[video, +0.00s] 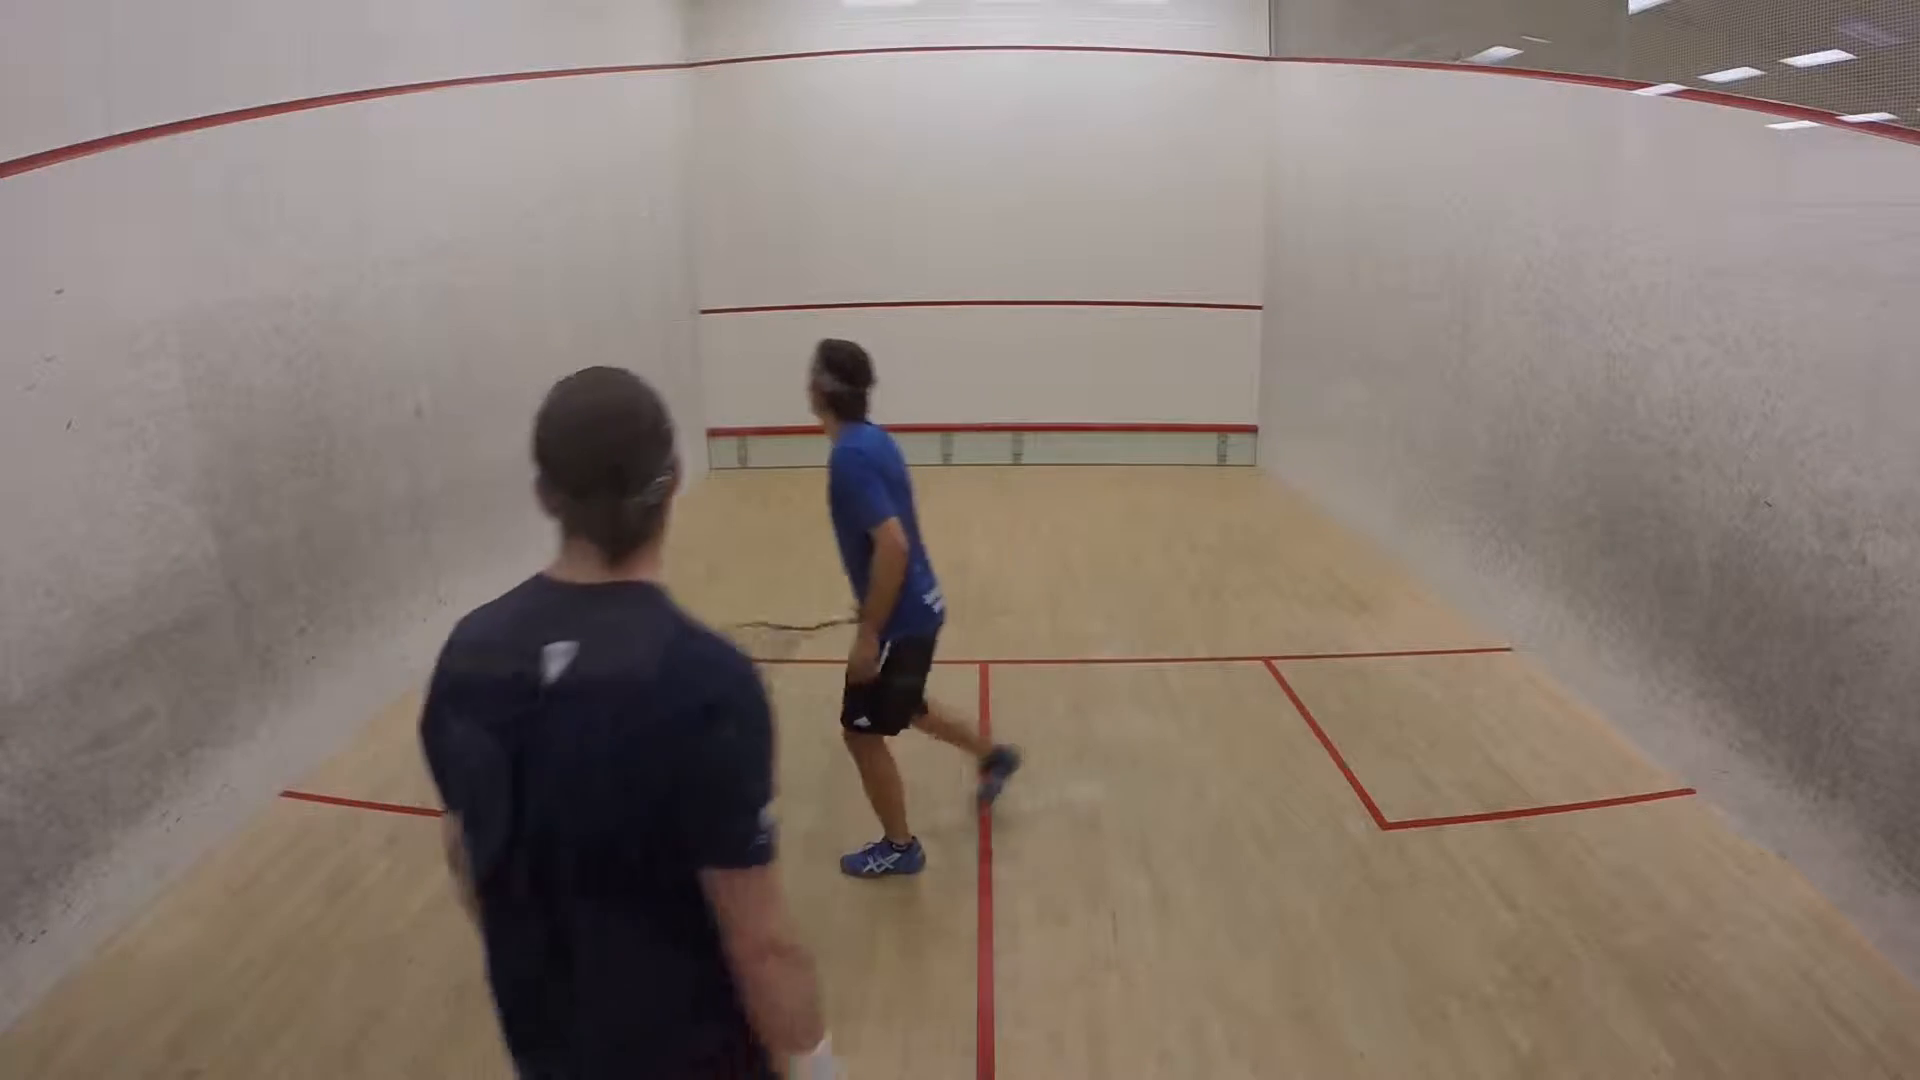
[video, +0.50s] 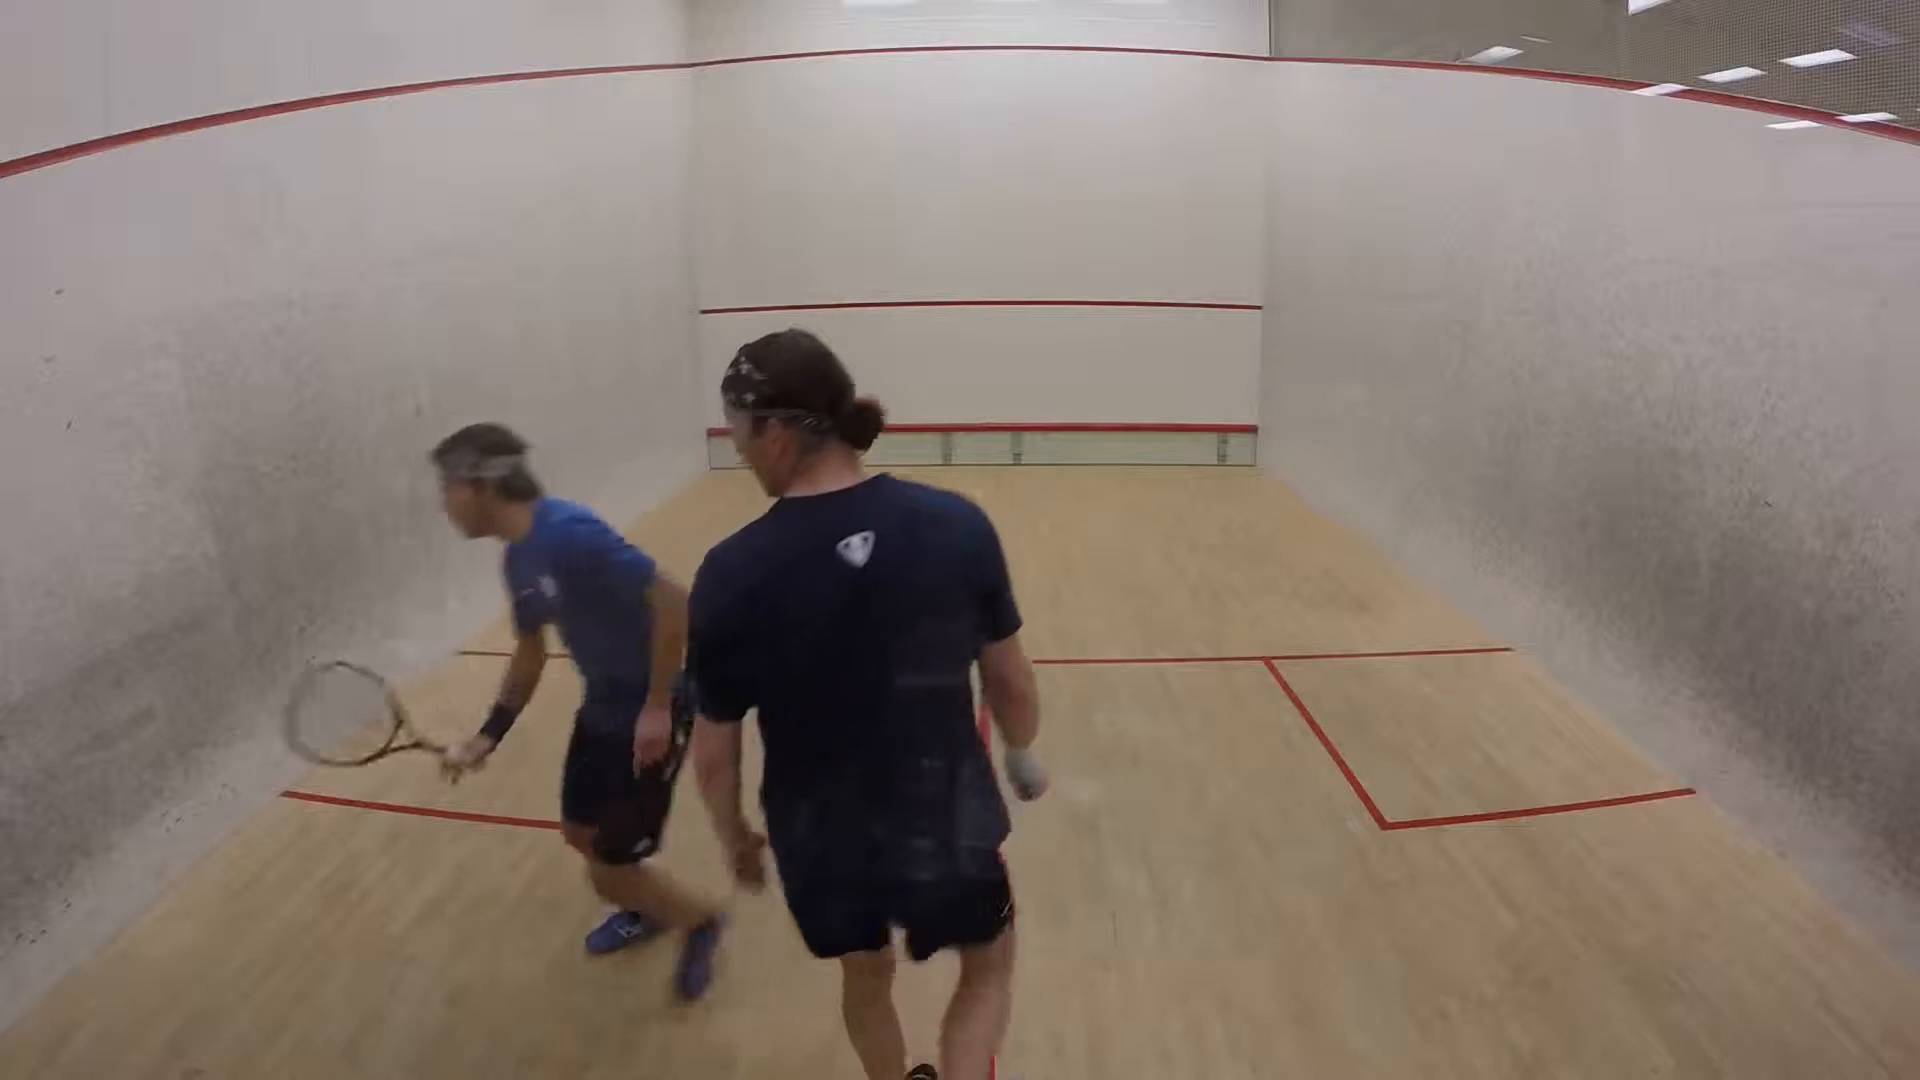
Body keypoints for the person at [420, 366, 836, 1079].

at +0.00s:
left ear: (542, 493)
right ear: (672, 487)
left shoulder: (473, 653)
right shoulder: (709, 679)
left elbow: (472, 871)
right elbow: (760, 943)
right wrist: (810, 1060)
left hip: (546, 1042)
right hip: (695, 1045)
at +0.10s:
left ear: (610, 477)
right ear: (729, 466)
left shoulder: (539, 631)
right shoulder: (790, 644)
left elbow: (516, 837)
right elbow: (835, 858)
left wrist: (559, 965)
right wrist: (879, 992)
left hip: (607, 1001)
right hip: (751, 1011)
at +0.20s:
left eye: (662, 466)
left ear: (667, 482)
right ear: (779, 471)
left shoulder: (608, 630)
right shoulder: (857, 625)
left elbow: (571, 832)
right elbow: (905, 823)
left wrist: (596, 949)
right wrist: (923, 902)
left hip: (675, 952)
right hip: (818, 952)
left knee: (756, 1060)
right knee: (825, 1062)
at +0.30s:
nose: (697, 487)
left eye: (697, 472)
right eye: (698, 469)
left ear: (713, 483)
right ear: (804, 464)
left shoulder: (663, 624)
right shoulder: (898, 598)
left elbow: (628, 808)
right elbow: (945, 766)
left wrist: (639, 934)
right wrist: (959, 846)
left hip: (747, 921)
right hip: (874, 912)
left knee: (827, 1033)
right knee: (886, 1061)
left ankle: (893, 1069)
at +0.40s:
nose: (718, 473)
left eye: (717, 455)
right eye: (714, 454)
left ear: (747, 459)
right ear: (819, 439)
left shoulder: (703, 604)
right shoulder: (928, 557)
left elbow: (678, 784)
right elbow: (981, 714)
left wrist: (686, 899)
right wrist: (989, 794)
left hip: (791, 876)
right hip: (912, 861)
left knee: (860, 984)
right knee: (939, 1047)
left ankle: (891, 1078)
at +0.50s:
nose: (737, 445)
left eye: (740, 428)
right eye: (735, 427)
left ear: (780, 433)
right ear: (841, 417)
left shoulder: (734, 571)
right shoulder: (953, 525)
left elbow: (713, 752)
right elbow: (1009, 678)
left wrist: (734, 837)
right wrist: (1022, 756)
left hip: (824, 835)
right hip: (944, 822)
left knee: (866, 971)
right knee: (988, 956)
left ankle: (894, 1077)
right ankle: (960, 1073)